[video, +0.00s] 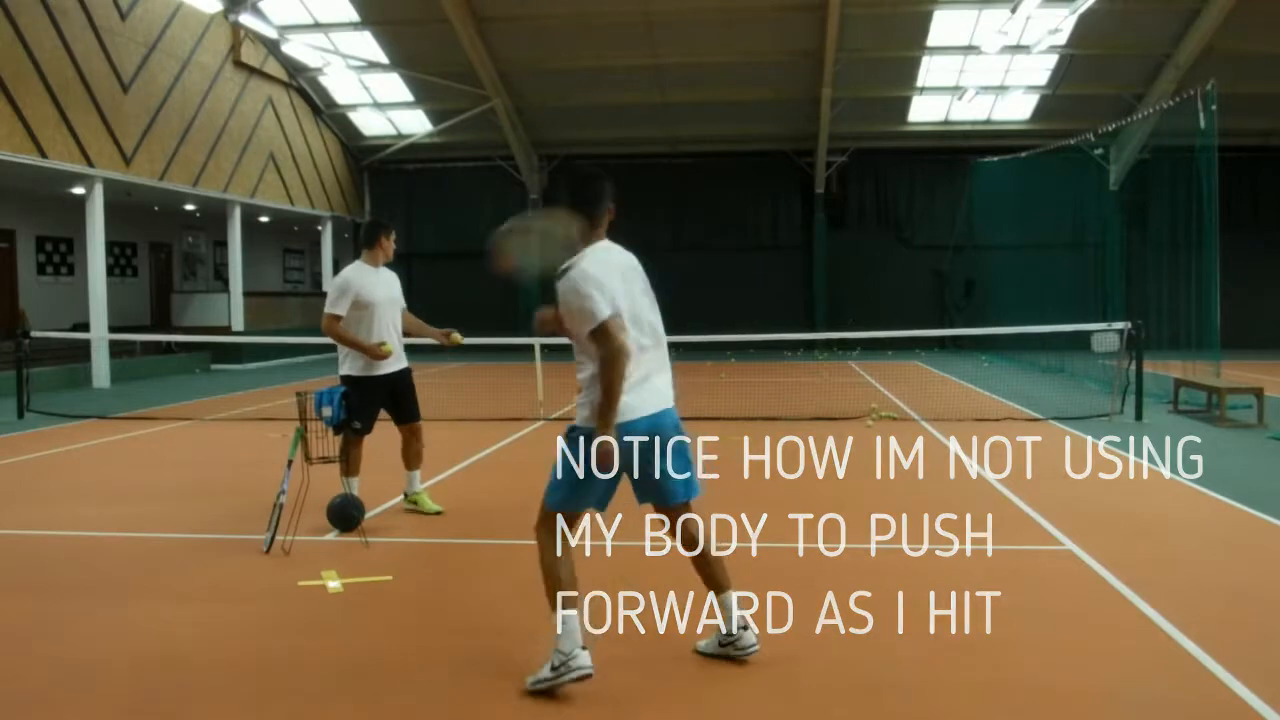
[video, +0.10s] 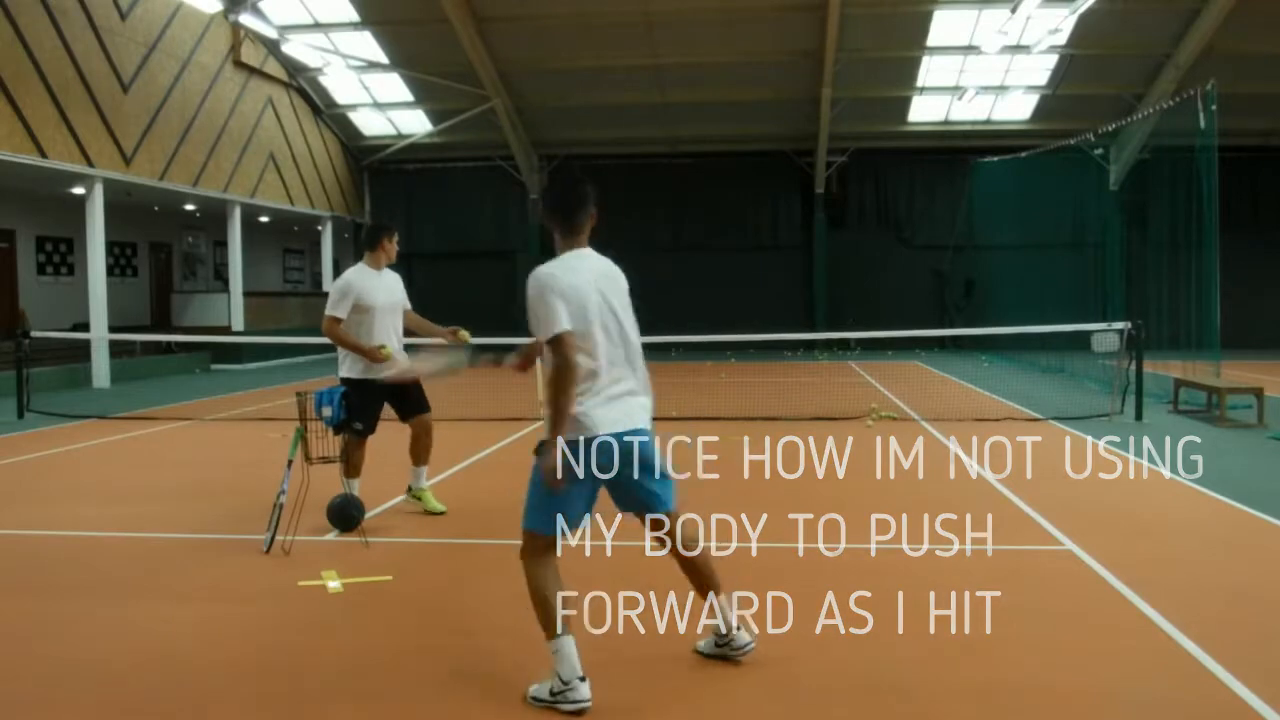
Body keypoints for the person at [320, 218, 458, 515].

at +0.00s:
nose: (395, 247)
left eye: (394, 241)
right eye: (393, 241)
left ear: (379, 242)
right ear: (381, 242)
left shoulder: (391, 277)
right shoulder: (347, 278)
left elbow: (401, 318)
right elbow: (329, 325)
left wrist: (437, 334)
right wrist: (366, 348)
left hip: (397, 371)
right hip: (360, 375)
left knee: (412, 429)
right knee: (353, 437)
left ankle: (413, 492)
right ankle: (351, 502)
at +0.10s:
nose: (398, 249)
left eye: (397, 243)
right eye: (395, 243)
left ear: (383, 245)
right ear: (384, 244)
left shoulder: (394, 279)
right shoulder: (349, 281)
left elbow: (407, 318)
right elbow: (330, 328)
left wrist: (443, 332)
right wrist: (365, 351)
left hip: (398, 370)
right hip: (361, 375)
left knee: (423, 423)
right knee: (356, 438)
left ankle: (418, 486)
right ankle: (351, 500)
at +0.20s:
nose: (406, 250)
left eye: (405, 245)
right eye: (402, 245)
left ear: (391, 247)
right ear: (388, 246)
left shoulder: (401, 280)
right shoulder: (353, 282)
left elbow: (415, 319)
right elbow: (332, 328)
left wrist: (454, 336)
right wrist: (366, 354)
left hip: (402, 371)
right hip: (363, 377)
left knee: (427, 427)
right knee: (357, 439)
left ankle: (433, 492)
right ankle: (351, 500)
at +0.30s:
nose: (415, 252)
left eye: (415, 247)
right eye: (410, 247)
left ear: (408, 251)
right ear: (391, 249)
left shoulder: (415, 284)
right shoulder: (362, 284)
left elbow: (426, 324)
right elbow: (338, 327)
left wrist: (457, 343)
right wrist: (368, 356)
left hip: (407, 375)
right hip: (367, 378)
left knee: (428, 429)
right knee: (358, 440)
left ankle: (452, 495)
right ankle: (351, 502)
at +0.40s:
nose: (424, 258)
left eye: (427, 253)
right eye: (418, 252)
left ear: (429, 257)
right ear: (402, 254)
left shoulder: (432, 292)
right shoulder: (374, 288)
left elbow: (442, 336)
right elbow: (349, 327)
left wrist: (469, 366)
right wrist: (375, 358)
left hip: (415, 379)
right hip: (374, 381)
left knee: (436, 435)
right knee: (362, 443)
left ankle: (456, 502)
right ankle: (351, 503)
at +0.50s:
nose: (439, 264)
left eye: (442, 258)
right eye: (432, 258)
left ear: (446, 262)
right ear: (418, 260)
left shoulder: (448, 294)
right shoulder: (390, 292)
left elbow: (451, 342)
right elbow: (365, 329)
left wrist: (469, 379)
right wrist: (385, 362)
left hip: (429, 379)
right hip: (386, 381)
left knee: (450, 436)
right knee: (372, 441)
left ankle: (456, 499)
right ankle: (352, 497)